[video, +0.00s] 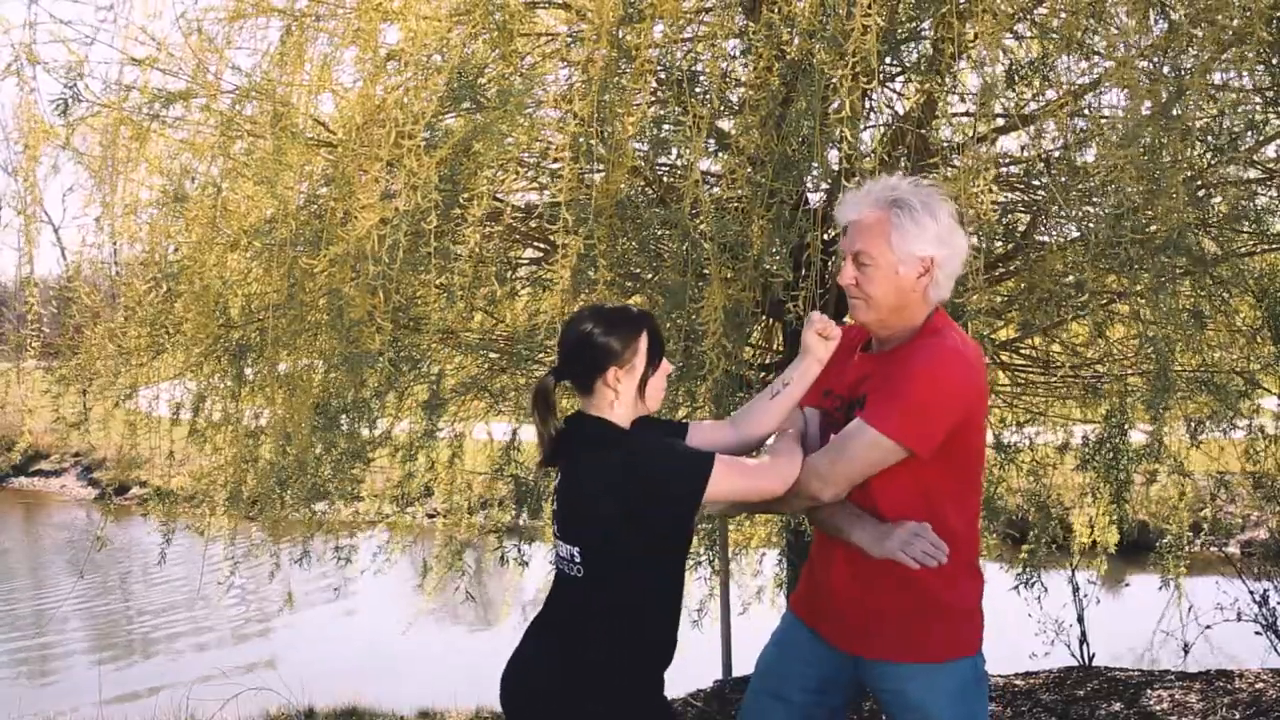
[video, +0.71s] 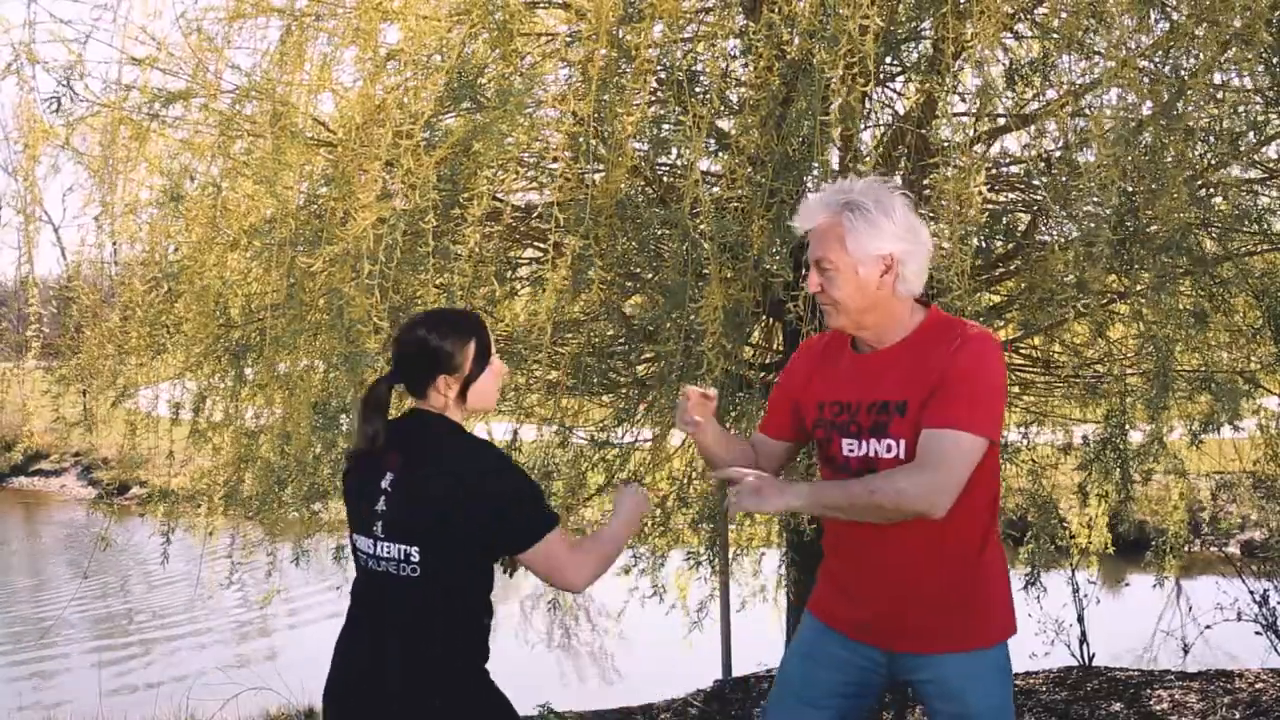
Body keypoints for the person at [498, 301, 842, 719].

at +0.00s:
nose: (667, 367)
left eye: (661, 356)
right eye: (656, 358)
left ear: (610, 378)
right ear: (617, 377)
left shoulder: (584, 437)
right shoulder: (642, 457)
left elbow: (735, 431)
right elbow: (775, 477)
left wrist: (810, 362)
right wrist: (792, 433)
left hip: (540, 681)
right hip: (612, 695)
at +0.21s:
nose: (654, 356)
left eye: (647, 344)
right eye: (641, 347)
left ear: (599, 368)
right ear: (604, 368)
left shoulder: (572, 426)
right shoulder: (631, 450)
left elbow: (716, 429)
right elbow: (770, 482)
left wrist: (791, 360)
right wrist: (784, 432)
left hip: (519, 676)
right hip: (592, 692)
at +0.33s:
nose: (636, 336)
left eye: (628, 325)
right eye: (623, 329)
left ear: (579, 353)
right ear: (585, 351)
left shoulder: (545, 420)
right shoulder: (620, 442)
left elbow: (664, 457)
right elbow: (752, 488)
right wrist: (786, 448)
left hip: (489, 662)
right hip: (572, 678)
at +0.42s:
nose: (613, 333)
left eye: (605, 323)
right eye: (601, 327)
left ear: (553, 351)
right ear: (564, 349)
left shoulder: (509, 417)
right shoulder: (605, 434)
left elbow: (575, 462)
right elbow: (737, 482)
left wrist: (664, 431)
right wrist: (781, 449)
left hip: (468, 663)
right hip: (556, 674)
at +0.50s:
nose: (584, 343)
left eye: (577, 333)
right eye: (572, 336)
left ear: (520, 361)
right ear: (532, 361)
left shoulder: (472, 426)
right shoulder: (575, 444)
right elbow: (699, 507)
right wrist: (727, 468)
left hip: (443, 677)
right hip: (534, 685)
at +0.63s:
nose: (534, 364)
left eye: (526, 353)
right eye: (520, 357)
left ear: (469, 383)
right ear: (479, 385)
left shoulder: (408, 448)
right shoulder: (515, 465)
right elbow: (621, 558)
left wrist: (536, 527)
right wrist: (662, 501)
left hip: (387, 689)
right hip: (479, 693)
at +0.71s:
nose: (502, 368)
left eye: (495, 356)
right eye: (491, 360)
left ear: (437, 383)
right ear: (447, 385)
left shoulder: (371, 447)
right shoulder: (480, 466)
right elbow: (573, 570)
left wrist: (495, 537)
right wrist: (626, 517)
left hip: (355, 689)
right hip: (446, 692)